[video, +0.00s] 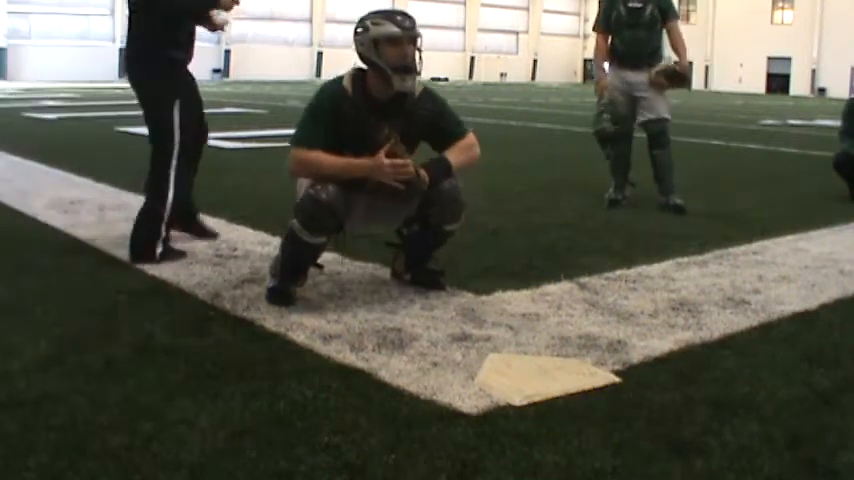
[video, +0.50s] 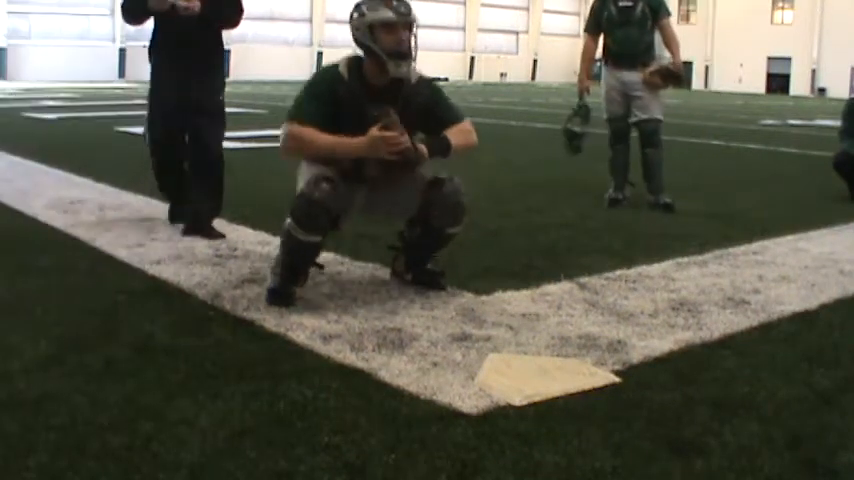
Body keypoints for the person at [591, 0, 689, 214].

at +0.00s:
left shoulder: (661, 4)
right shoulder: (610, 4)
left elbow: (673, 30)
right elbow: (601, 39)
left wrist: (683, 61)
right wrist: (600, 76)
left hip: (651, 76)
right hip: (618, 74)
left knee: (659, 133)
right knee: (619, 134)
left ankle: (668, 194)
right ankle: (618, 188)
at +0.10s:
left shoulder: (658, 3)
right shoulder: (608, 4)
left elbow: (672, 29)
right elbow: (598, 39)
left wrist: (682, 60)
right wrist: (596, 77)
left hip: (650, 76)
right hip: (617, 75)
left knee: (656, 133)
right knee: (618, 135)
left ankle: (659, 194)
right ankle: (618, 188)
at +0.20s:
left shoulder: (656, 4)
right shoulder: (606, 5)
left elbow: (671, 31)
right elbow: (595, 41)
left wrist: (680, 61)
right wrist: (591, 77)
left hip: (648, 76)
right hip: (616, 75)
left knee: (652, 136)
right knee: (619, 136)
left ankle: (657, 193)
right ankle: (618, 188)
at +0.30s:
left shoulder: (654, 3)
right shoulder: (605, 5)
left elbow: (668, 30)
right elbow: (595, 40)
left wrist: (678, 60)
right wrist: (587, 77)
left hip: (647, 75)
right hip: (615, 75)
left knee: (651, 136)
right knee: (618, 135)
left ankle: (657, 193)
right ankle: (618, 188)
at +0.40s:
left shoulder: (653, 4)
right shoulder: (603, 4)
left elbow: (667, 30)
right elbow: (592, 40)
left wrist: (678, 60)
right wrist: (585, 76)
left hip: (646, 75)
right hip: (614, 75)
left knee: (651, 135)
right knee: (618, 135)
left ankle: (657, 193)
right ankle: (617, 188)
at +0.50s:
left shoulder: (652, 4)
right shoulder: (602, 5)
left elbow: (666, 29)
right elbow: (591, 40)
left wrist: (676, 60)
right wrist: (584, 77)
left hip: (645, 75)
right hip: (613, 75)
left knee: (651, 135)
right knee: (617, 135)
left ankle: (657, 193)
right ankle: (618, 188)